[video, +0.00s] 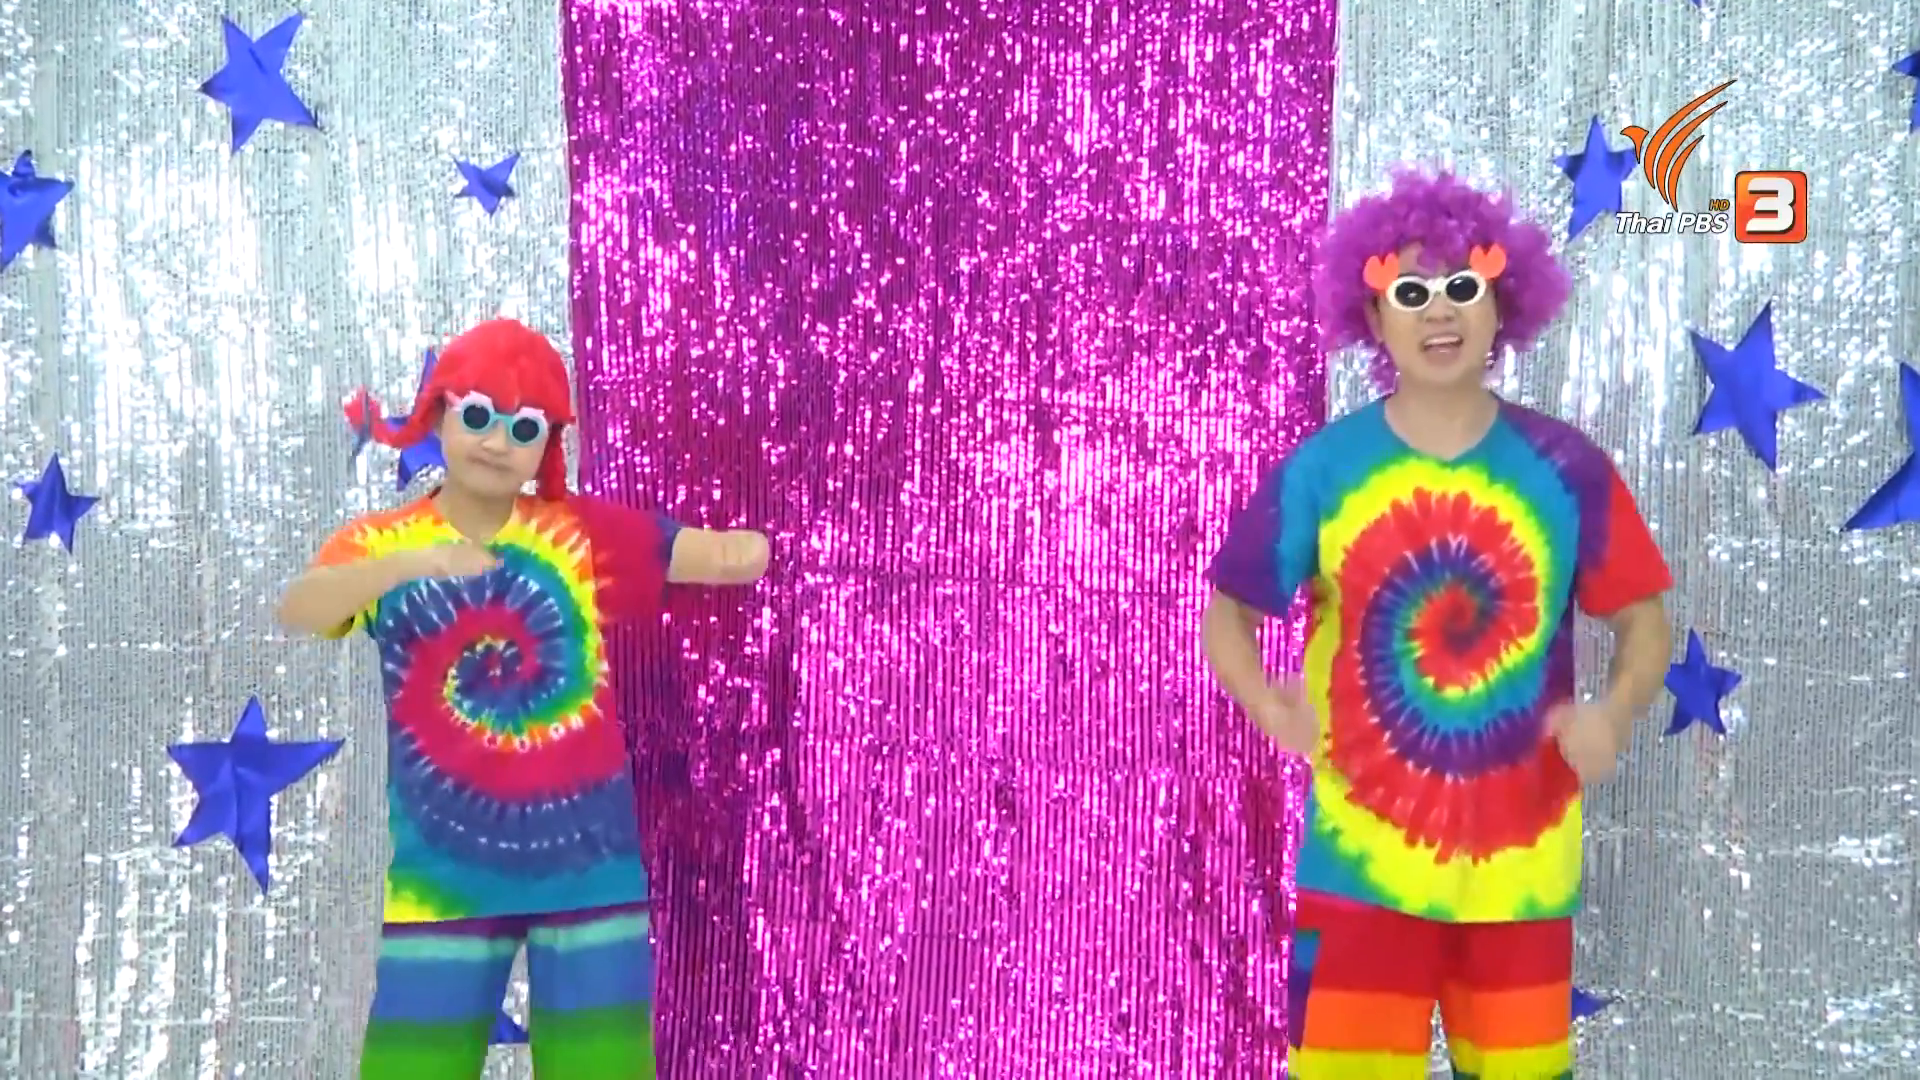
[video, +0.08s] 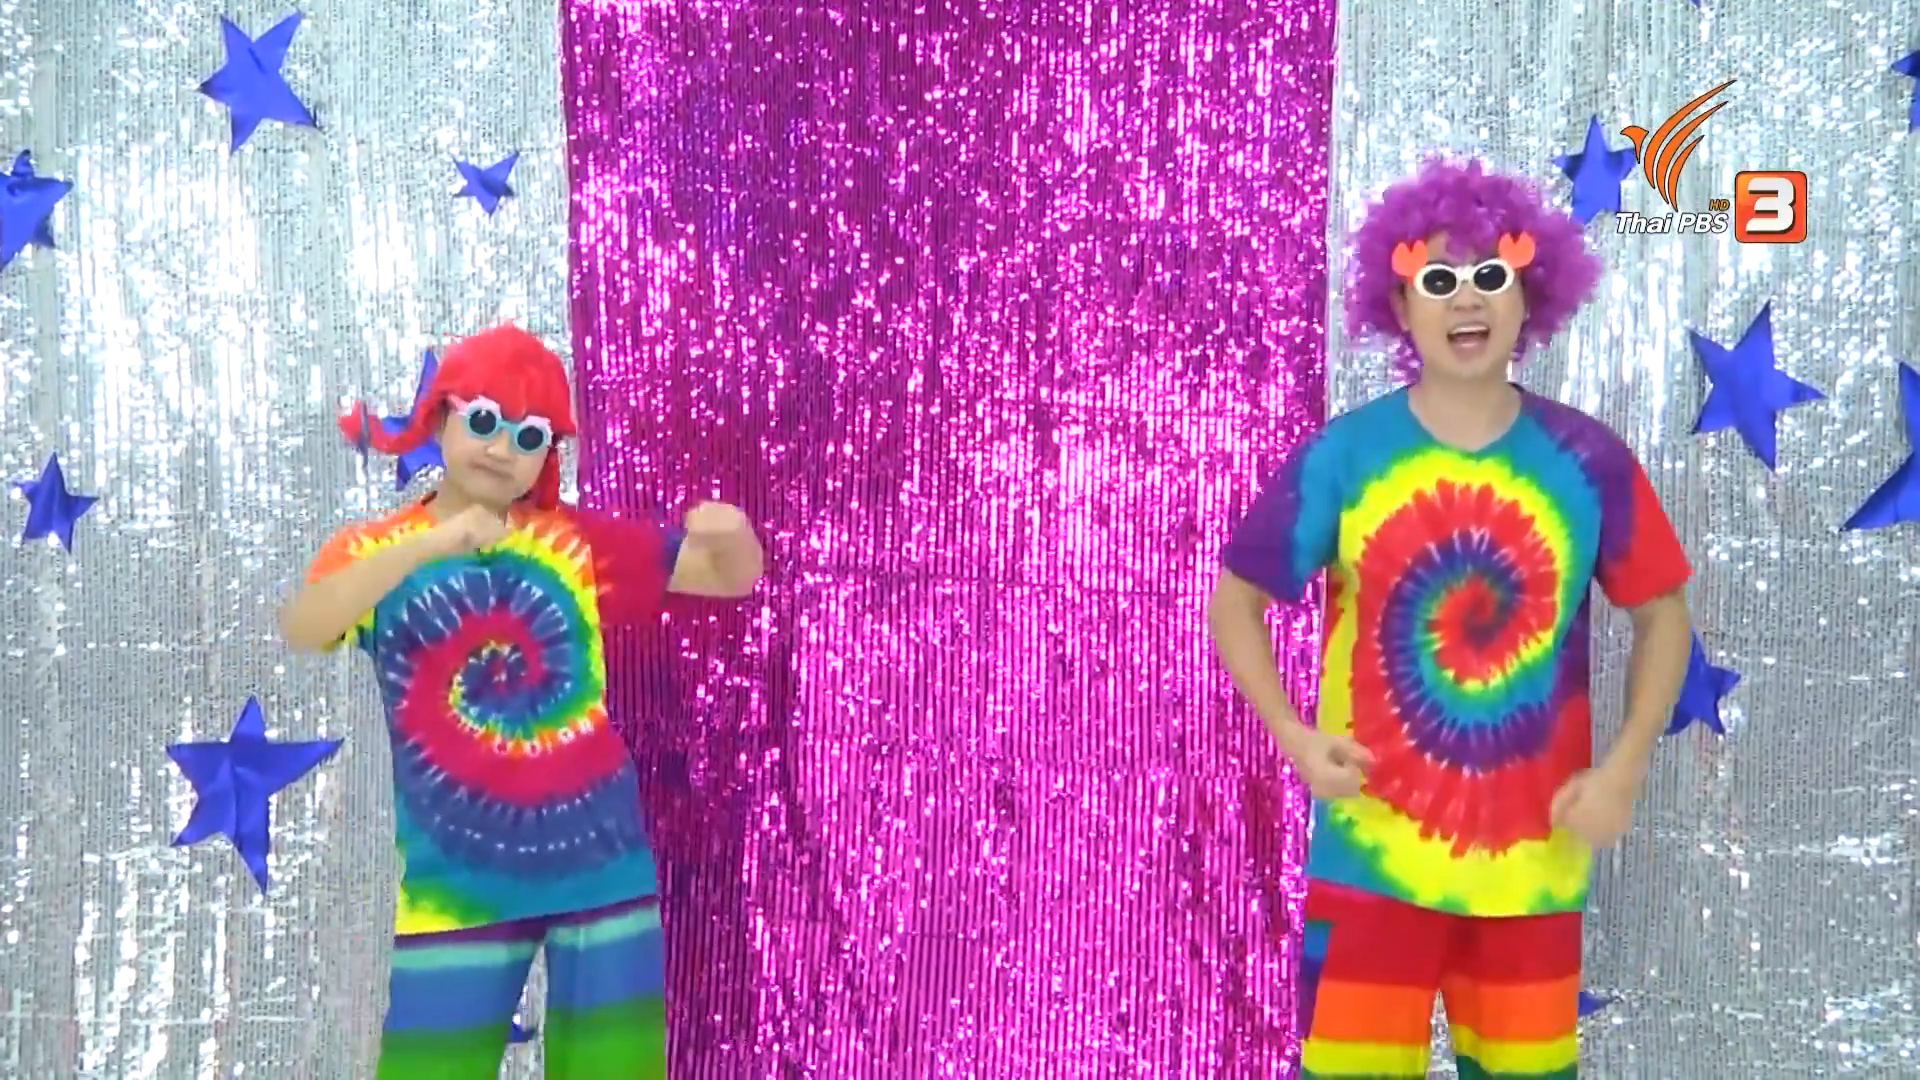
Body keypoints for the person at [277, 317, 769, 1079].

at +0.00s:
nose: (497, 439)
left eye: (523, 426)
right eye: (477, 415)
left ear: (549, 444)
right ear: (439, 422)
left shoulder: (590, 532)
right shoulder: (379, 542)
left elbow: (736, 554)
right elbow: (295, 610)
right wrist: (412, 565)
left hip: (593, 877)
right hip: (439, 879)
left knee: (602, 1067)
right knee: (411, 1070)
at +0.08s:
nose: (501, 446)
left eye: (528, 434)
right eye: (481, 419)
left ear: (550, 454)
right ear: (440, 424)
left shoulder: (581, 541)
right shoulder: (375, 544)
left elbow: (732, 578)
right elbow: (303, 625)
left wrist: (725, 528)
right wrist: (436, 542)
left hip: (602, 879)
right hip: (453, 887)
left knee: (615, 1067)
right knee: (428, 1069)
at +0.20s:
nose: (501, 460)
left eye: (528, 449)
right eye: (481, 433)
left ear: (544, 472)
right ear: (438, 439)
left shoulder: (567, 562)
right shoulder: (365, 566)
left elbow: (721, 613)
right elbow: (307, 660)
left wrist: (649, 540)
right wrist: (408, 550)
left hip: (608, 884)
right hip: (465, 898)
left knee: (625, 1068)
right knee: (451, 1069)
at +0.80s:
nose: (450, 457)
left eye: (470, 431)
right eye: (423, 446)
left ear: (518, 438)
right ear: (406, 472)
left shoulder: (573, 560)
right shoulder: (379, 569)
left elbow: (649, 653)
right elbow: (260, 679)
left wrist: (529, 571)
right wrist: (316, 552)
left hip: (511, 912)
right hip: (362, 903)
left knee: (509, 1071)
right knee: (336, 1071)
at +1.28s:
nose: (500, 446)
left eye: (525, 431)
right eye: (477, 422)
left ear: (547, 455)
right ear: (439, 438)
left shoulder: (578, 564)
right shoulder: (368, 562)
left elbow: (684, 692)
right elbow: (290, 696)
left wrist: (654, 565)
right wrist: (392, 590)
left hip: (585, 900)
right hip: (436, 908)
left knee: (610, 1068)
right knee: (436, 1070)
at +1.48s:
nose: (480, 422)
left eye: (503, 402)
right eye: (455, 403)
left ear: (531, 421)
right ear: (420, 420)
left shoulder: (569, 529)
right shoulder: (370, 533)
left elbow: (675, 642)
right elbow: (253, 625)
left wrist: (628, 573)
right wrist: (326, 554)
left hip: (556, 868)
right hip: (407, 873)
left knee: (594, 1066)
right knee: (392, 1069)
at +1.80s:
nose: (461, 426)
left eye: (483, 402)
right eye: (434, 412)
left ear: (522, 420)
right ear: (412, 441)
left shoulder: (577, 542)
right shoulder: (371, 549)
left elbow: (668, 668)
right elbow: (261, 679)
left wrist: (556, 590)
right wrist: (267, 577)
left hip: (513, 894)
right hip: (364, 885)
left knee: (518, 1068)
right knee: (350, 1067)